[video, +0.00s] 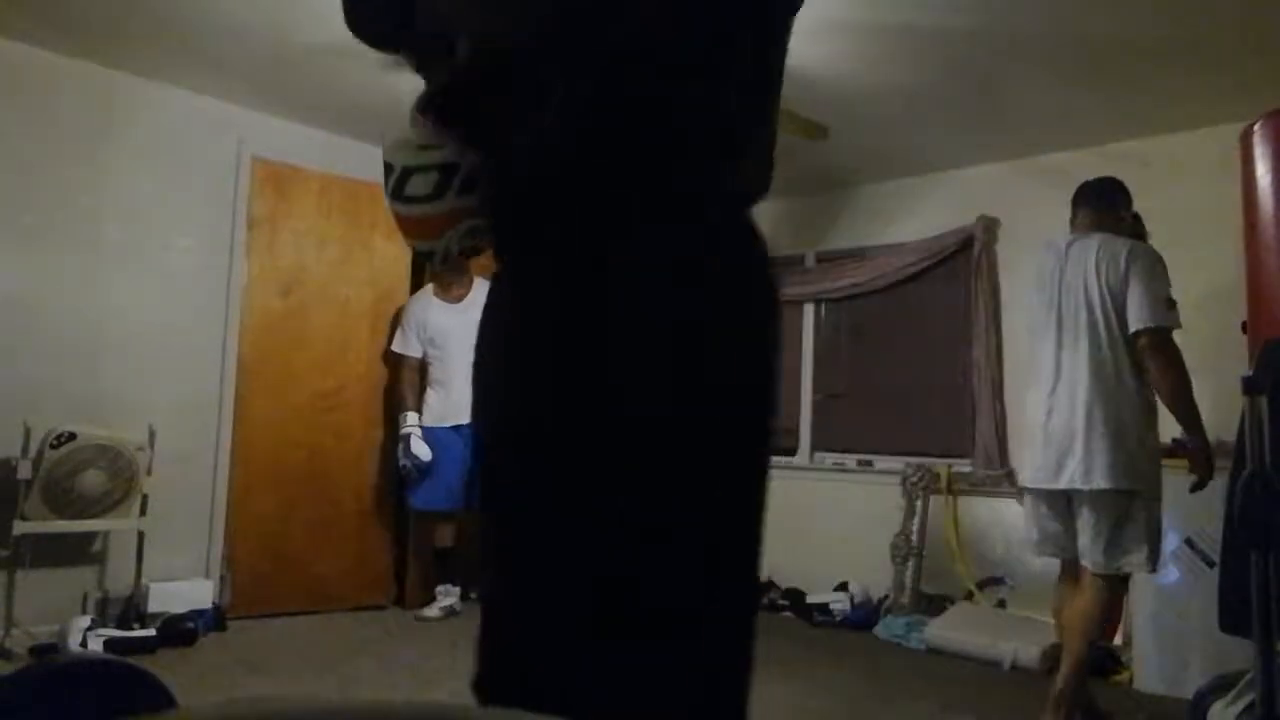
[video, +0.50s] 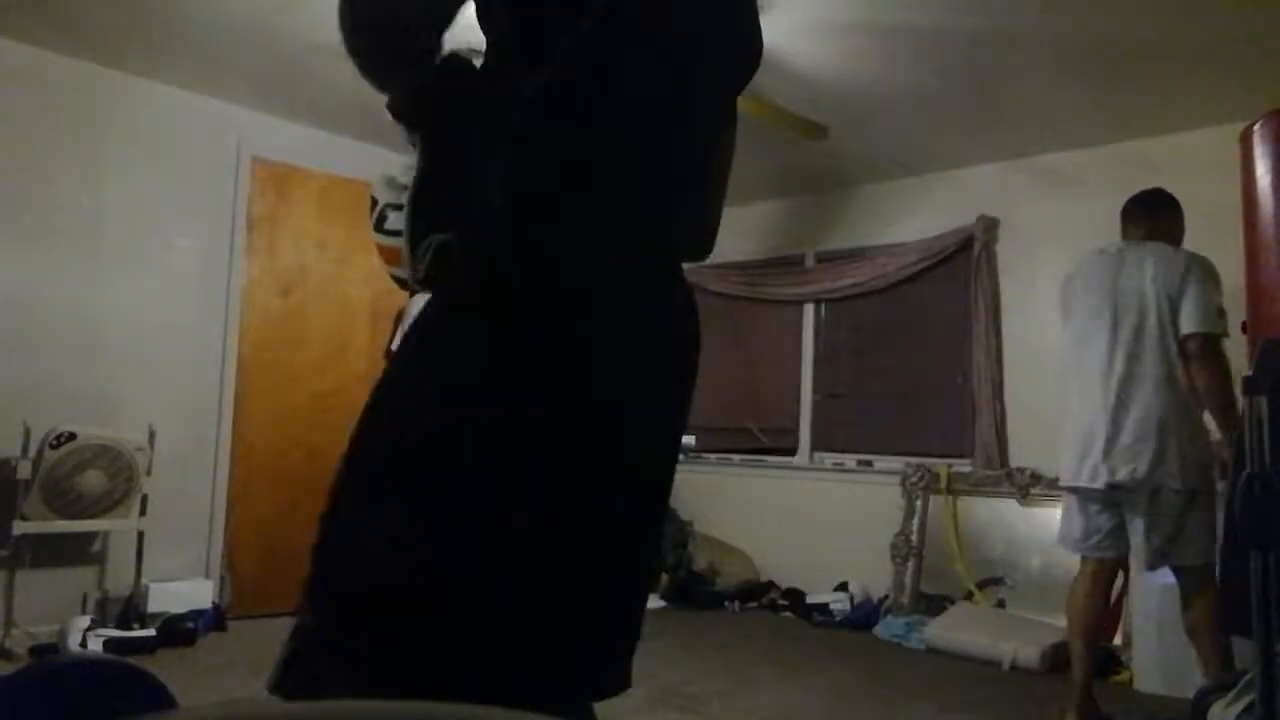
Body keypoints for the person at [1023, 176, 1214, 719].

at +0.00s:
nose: (1135, 230)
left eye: (1133, 223)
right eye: (1134, 221)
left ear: (1075, 217)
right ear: (1124, 214)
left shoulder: (1044, 264)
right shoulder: (1132, 255)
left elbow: (1053, 349)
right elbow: (1152, 346)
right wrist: (1193, 432)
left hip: (1046, 446)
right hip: (1110, 447)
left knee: (1071, 570)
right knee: (1104, 575)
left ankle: (1075, 695)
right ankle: (1061, 701)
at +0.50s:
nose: (1180, 238)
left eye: (1178, 231)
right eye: (1178, 230)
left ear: (1125, 226)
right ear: (1170, 226)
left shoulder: (1080, 274)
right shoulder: (1186, 267)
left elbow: (1084, 356)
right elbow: (1199, 352)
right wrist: (1230, 434)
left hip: (1090, 453)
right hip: (1168, 452)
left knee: (1094, 568)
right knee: (1196, 580)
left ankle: (1079, 699)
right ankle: (1221, 691)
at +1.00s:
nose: (1222, 234)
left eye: (1194, 225)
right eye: (1228, 225)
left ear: (1179, 223)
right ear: (1234, 224)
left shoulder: (1155, 261)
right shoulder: (1255, 264)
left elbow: (1116, 339)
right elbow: (1268, 336)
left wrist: (1168, 324)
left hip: (1156, 444)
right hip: (1234, 448)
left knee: (1129, 557)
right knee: (1232, 574)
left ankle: (1105, 688)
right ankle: (1232, 696)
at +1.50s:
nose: (1132, 235)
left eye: (1131, 227)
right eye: (1136, 229)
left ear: (1137, 226)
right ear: (1188, 222)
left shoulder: (1122, 270)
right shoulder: (1230, 267)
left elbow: (1095, 352)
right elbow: (1247, 347)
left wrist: (1147, 368)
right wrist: (1201, 366)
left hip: (1139, 448)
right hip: (1217, 450)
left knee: (1132, 576)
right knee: (1216, 579)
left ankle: (1127, 703)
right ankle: (1231, 697)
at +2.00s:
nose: (1073, 236)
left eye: (1076, 226)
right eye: (1074, 226)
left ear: (1094, 225)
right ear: (1134, 224)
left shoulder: (1081, 275)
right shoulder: (1188, 272)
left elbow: (1047, 359)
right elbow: (1223, 353)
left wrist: (1072, 403)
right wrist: (1167, 387)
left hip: (1106, 452)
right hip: (1174, 452)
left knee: (1114, 573)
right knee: (1172, 569)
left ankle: (1124, 701)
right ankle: (1205, 678)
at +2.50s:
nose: (1081, 225)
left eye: (1090, 215)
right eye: (1086, 214)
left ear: (1114, 222)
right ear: (1140, 227)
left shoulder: (1104, 271)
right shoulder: (1178, 279)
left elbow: (1096, 348)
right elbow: (1201, 360)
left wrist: (1057, 397)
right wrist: (1149, 392)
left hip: (1112, 453)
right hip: (1170, 454)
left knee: (1106, 565)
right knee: (1150, 566)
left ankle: (1123, 697)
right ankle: (1167, 690)